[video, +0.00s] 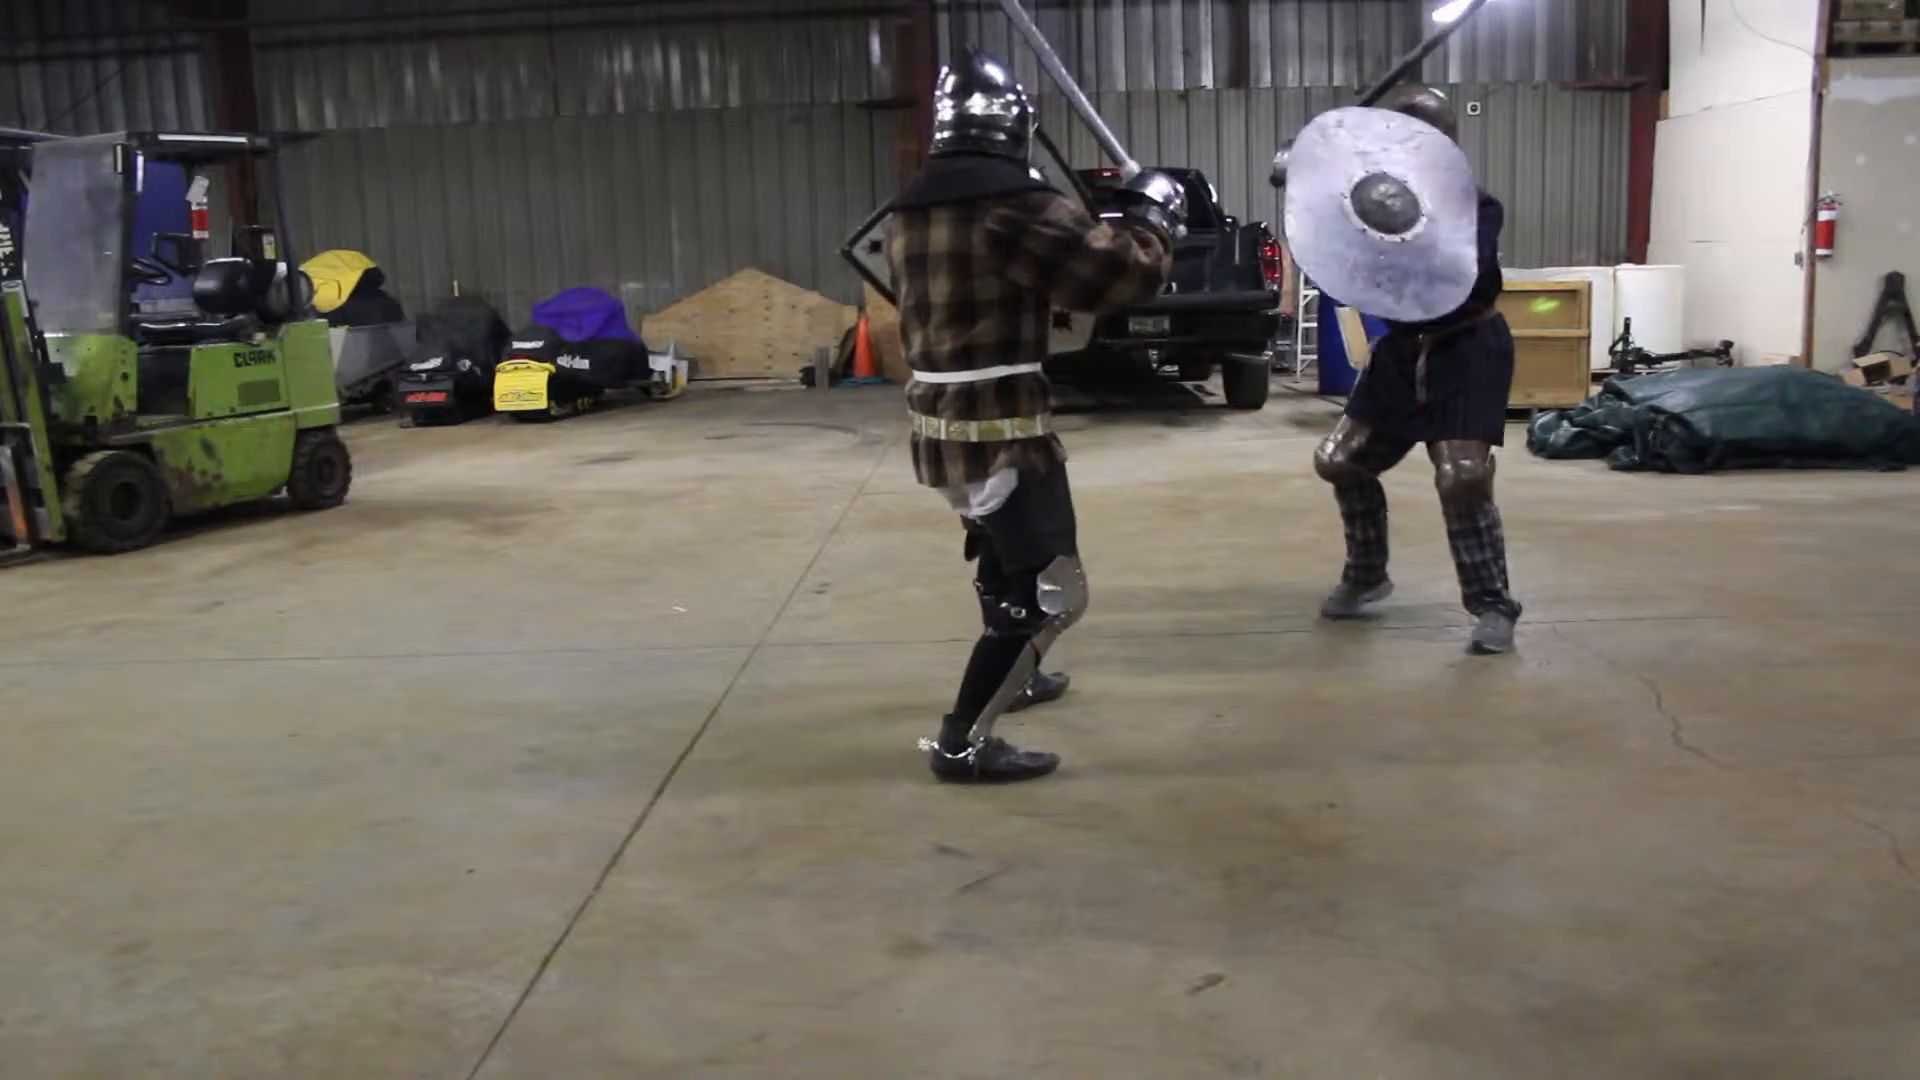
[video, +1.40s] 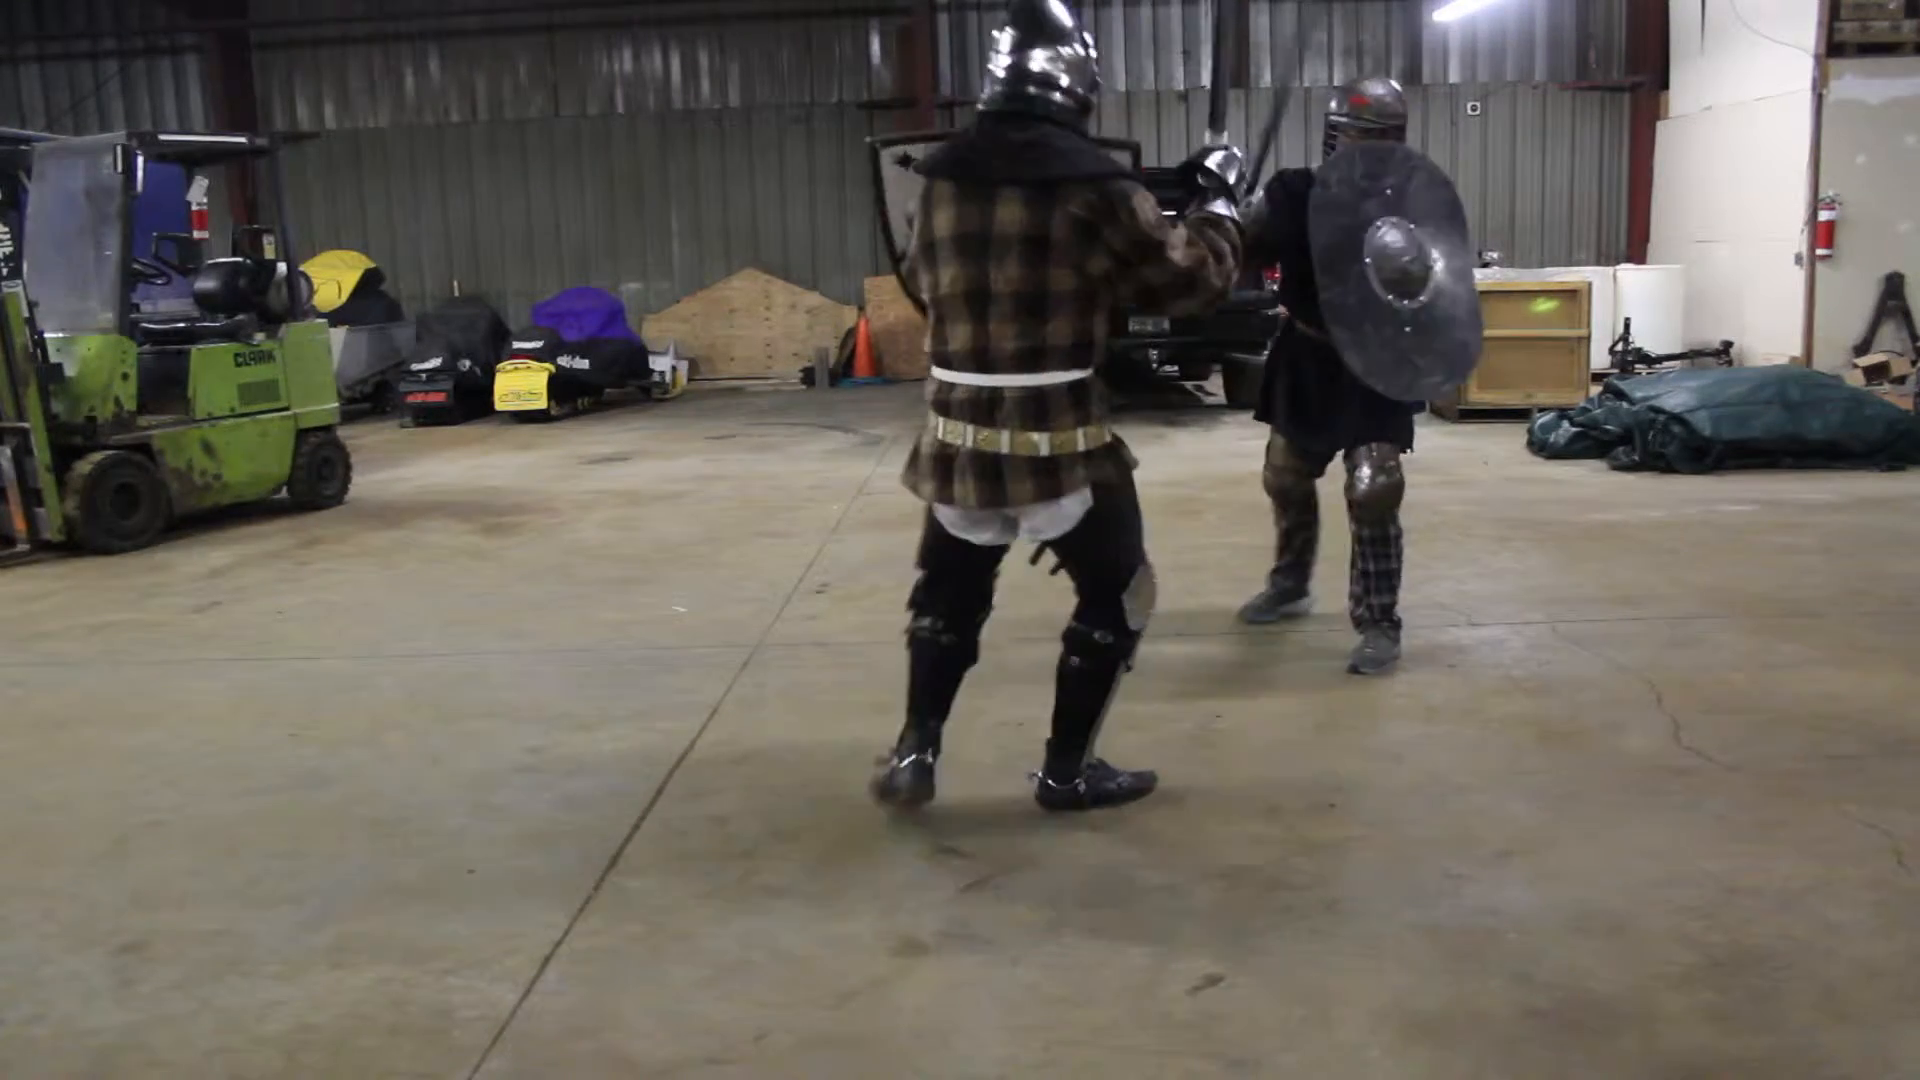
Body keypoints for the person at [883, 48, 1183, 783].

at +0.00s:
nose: (1026, 132)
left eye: (1020, 120)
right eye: (1021, 120)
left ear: (943, 119)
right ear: (1013, 122)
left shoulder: (913, 203)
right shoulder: (1014, 202)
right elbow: (1125, 273)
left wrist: (1087, 210)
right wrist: (1154, 217)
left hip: (941, 428)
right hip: (1003, 431)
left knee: (1000, 552)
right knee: (1046, 593)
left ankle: (1016, 675)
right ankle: (964, 738)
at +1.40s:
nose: (1090, 99)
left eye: (1082, 85)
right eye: (1086, 86)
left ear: (998, 78)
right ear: (1076, 88)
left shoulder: (945, 175)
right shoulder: (1091, 182)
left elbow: (921, 281)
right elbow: (1186, 277)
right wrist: (1221, 217)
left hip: (959, 438)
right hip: (1062, 442)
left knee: (947, 594)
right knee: (1116, 591)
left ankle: (916, 746)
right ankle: (1068, 767)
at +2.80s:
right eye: (1119, 45)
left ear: (1025, 59)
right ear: (1116, 57)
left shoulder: (972, 172)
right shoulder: (1158, 147)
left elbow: (946, 323)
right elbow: (1259, 280)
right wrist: (1273, 209)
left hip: (1037, 454)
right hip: (1157, 448)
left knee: (1045, 634)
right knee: (1228, 619)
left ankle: (1036, 825)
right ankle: (1207, 817)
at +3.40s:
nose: (1104, 119)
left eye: (1097, 106)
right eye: (1100, 105)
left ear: (1008, 102)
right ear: (1084, 104)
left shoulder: (950, 195)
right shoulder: (1095, 191)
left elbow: (934, 315)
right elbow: (1221, 281)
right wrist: (1218, 215)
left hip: (982, 460)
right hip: (1085, 460)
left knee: (1002, 606)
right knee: (1185, 619)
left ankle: (972, 754)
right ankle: (1256, 814)